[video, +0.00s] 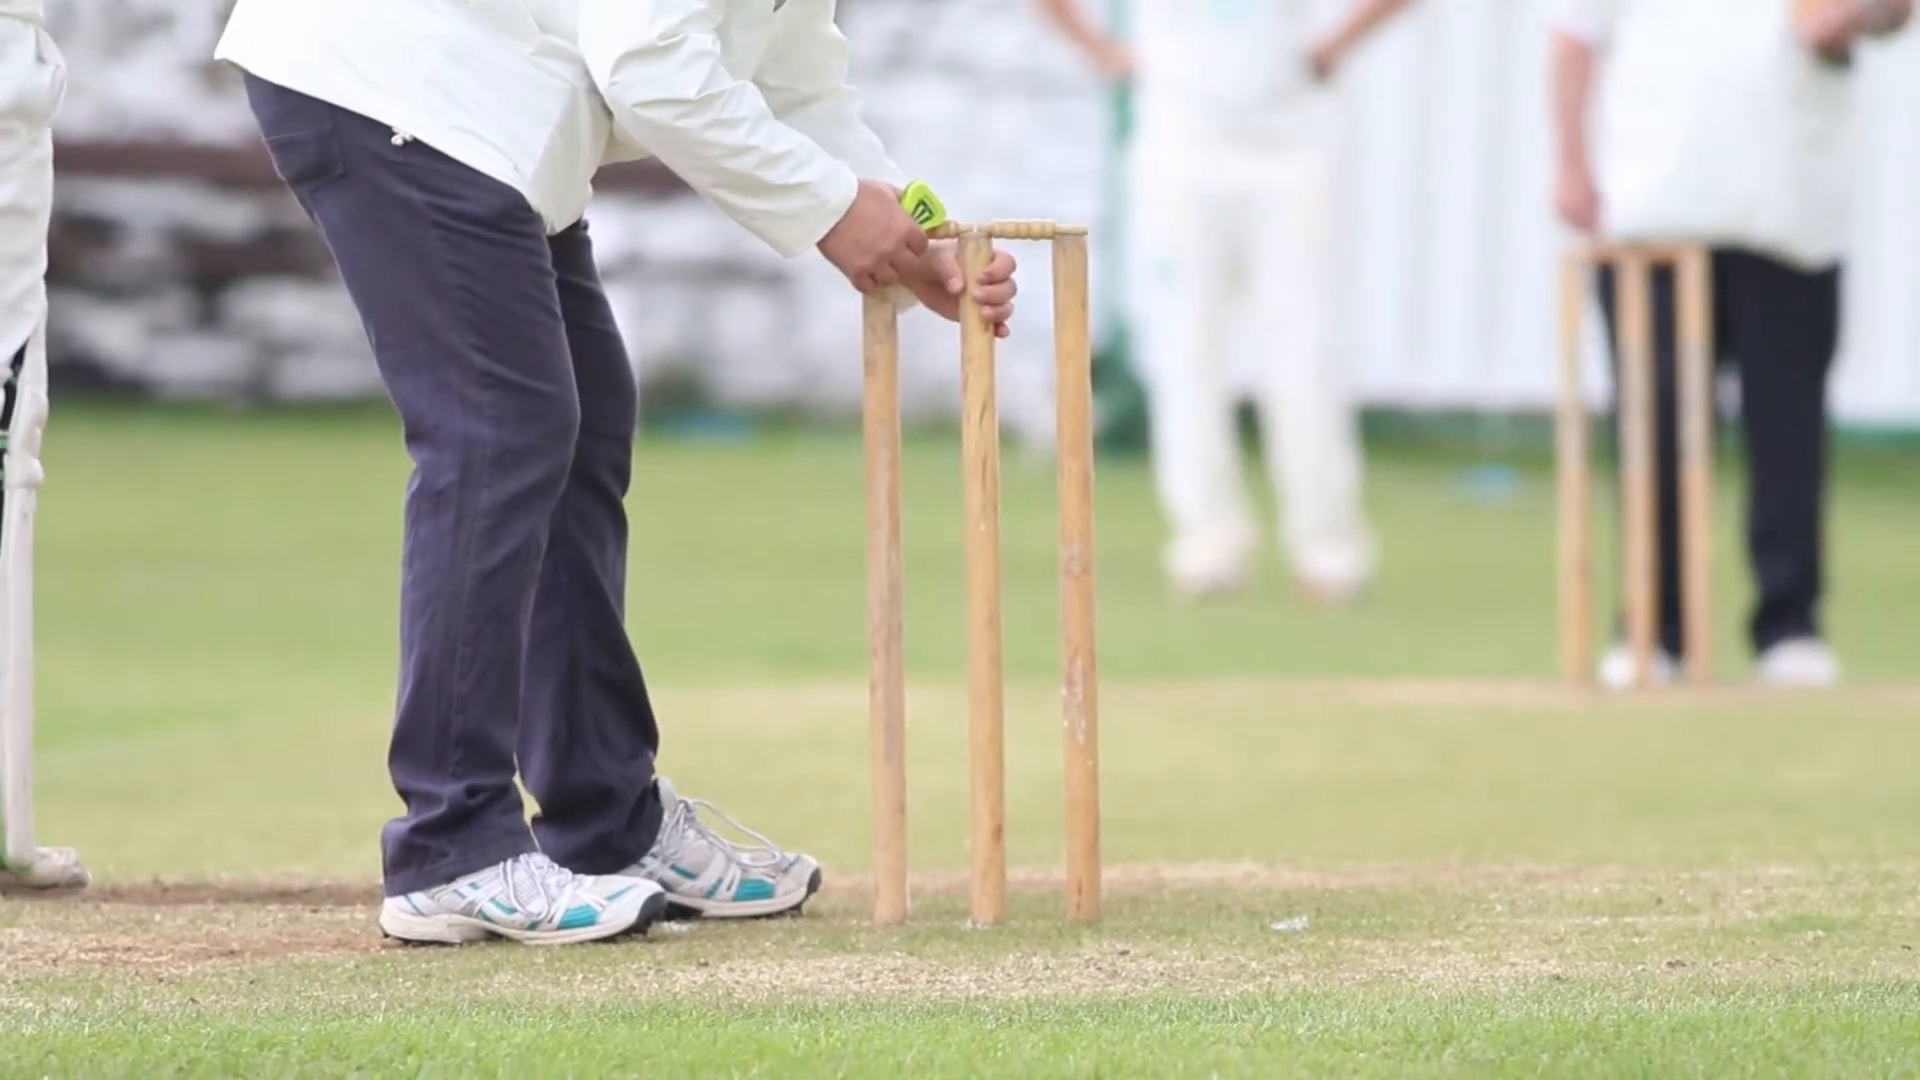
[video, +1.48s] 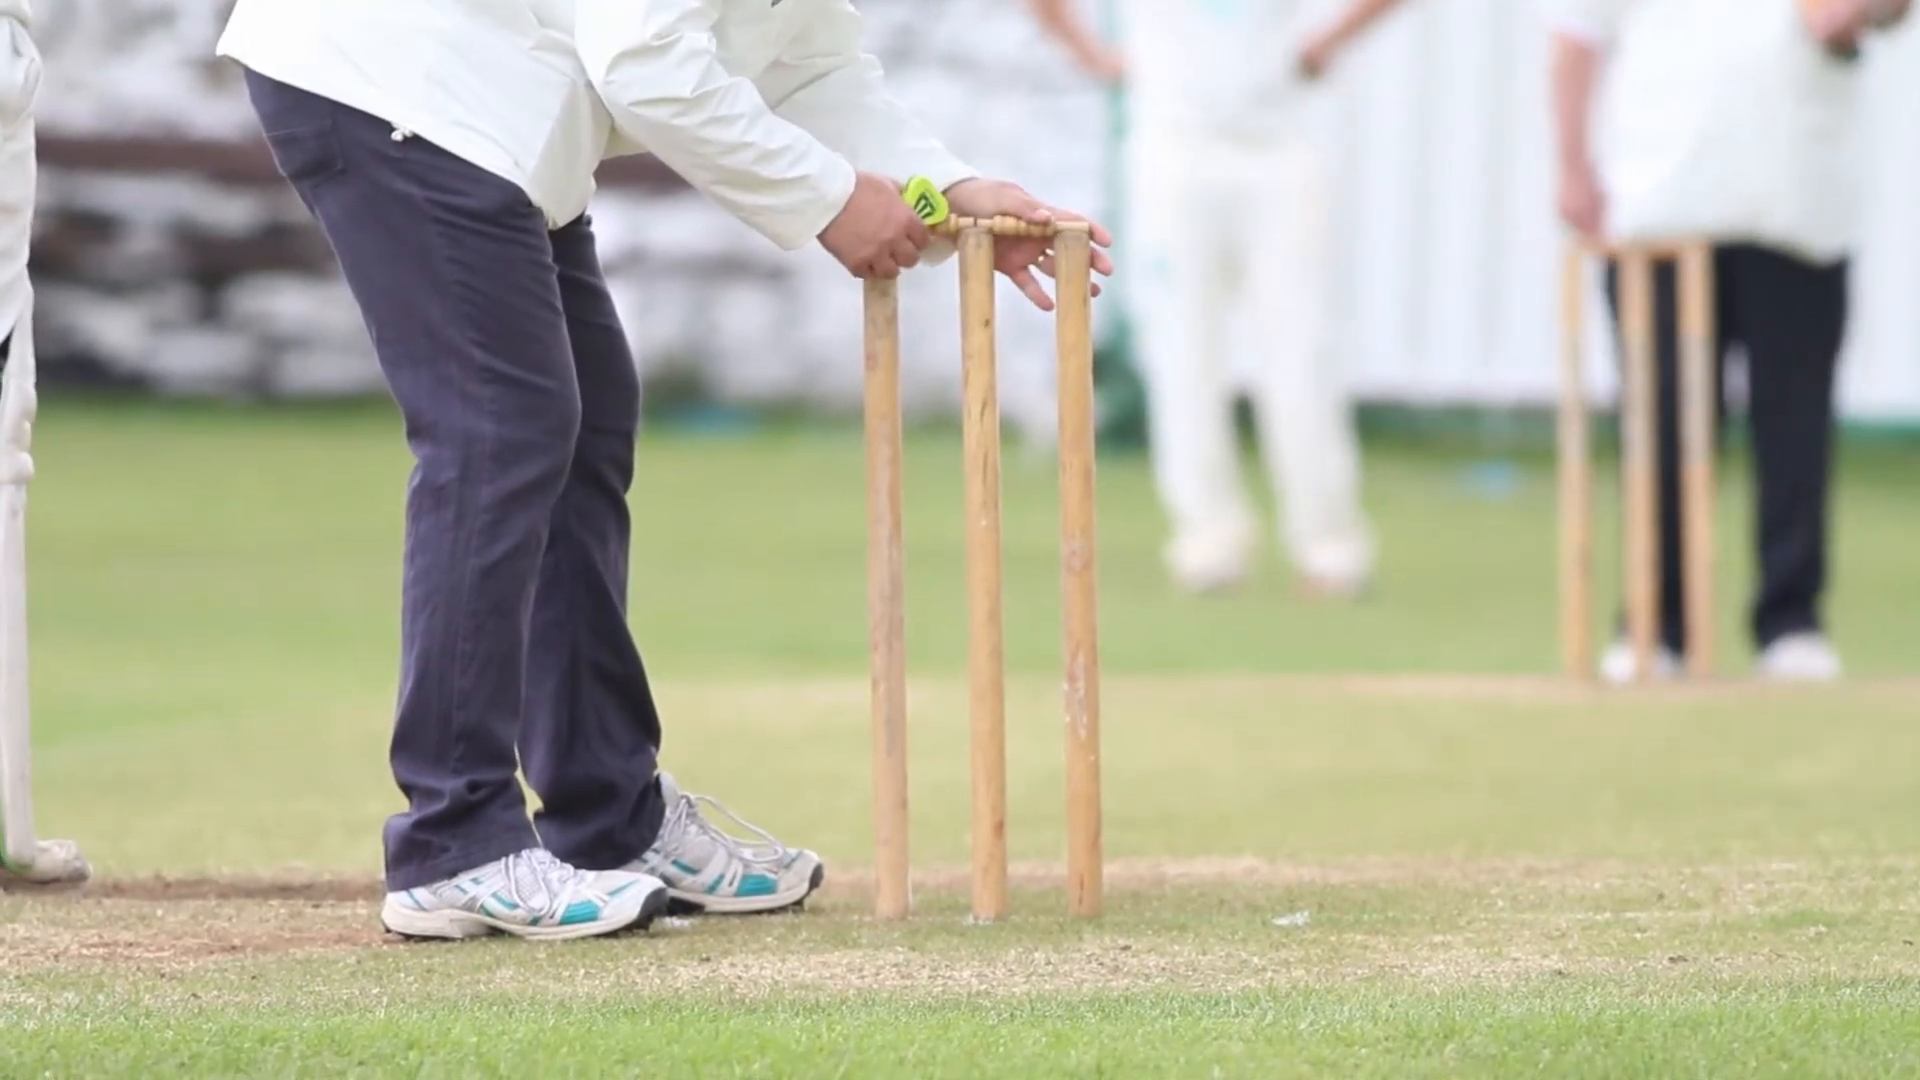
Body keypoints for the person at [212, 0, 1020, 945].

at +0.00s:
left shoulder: (787, 5)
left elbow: (806, 106)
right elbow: (650, 68)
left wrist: (915, 243)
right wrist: (831, 211)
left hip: (494, 81)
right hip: (379, 58)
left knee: (586, 417)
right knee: (505, 426)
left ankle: (604, 824)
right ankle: (451, 857)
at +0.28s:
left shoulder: (781, 8)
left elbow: (796, 100)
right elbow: (645, 62)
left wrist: (907, 236)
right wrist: (827, 212)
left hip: (496, 82)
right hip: (380, 58)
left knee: (586, 417)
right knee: (504, 425)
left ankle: (604, 824)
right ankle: (451, 857)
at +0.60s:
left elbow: (795, 79)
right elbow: (648, 66)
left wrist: (945, 170)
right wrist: (827, 203)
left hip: (489, 82)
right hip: (379, 56)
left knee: (587, 416)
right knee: (507, 426)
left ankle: (606, 822)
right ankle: (451, 855)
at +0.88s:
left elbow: (809, 71)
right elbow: (646, 63)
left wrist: (959, 183)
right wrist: (826, 202)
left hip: (489, 81)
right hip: (377, 55)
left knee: (586, 417)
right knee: (505, 425)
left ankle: (607, 822)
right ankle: (451, 855)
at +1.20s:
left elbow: (804, 61)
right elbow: (643, 62)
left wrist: (944, 189)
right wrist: (825, 200)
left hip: (491, 80)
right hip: (381, 57)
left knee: (587, 417)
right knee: (506, 424)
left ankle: (607, 821)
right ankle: (452, 852)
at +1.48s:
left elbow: (813, 65)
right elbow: (642, 59)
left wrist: (951, 186)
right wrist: (827, 197)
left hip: (493, 80)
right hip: (384, 56)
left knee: (589, 417)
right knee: (506, 423)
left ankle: (607, 819)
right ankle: (452, 851)